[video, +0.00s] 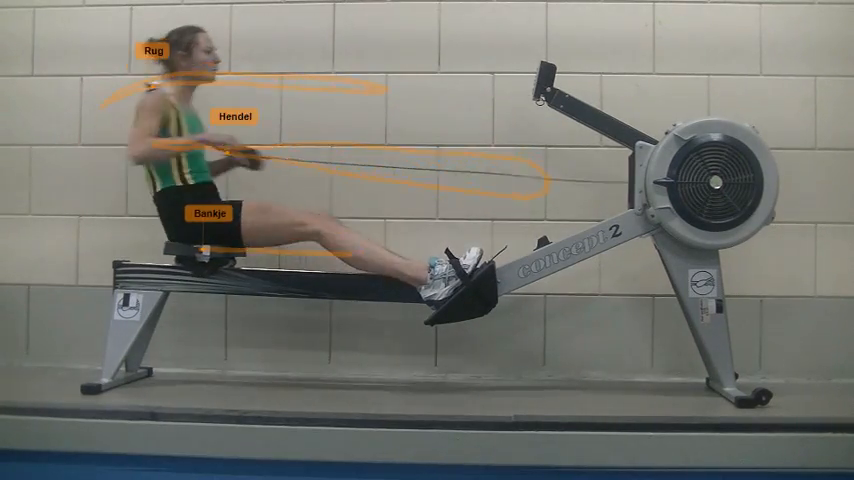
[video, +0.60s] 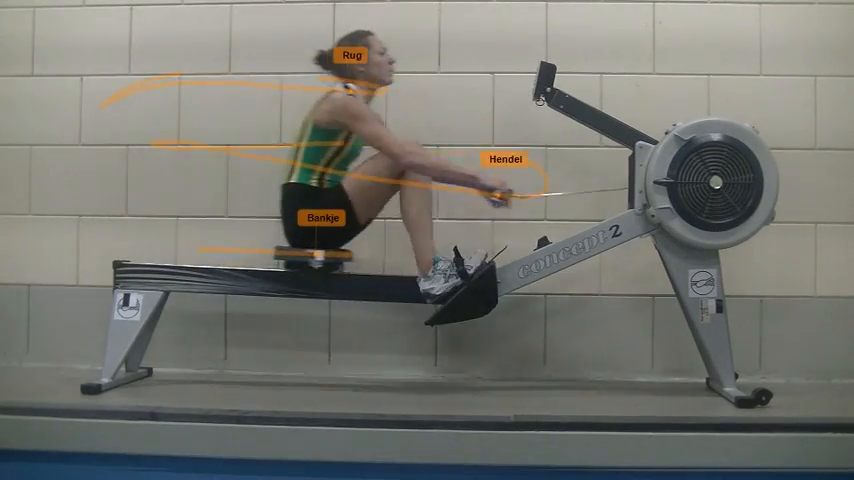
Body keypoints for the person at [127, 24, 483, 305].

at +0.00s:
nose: (217, 60)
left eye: (214, 52)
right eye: (208, 53)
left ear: (189, 60)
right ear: (183, 58)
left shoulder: (186, 111)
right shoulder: (156, 101)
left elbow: (194, 172)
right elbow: (136, 150)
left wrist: (232, 160)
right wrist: (203, 141)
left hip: (201, 210)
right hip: (188, 213)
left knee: (322, 223)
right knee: (316, 224)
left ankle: (431, 273)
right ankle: (426, 282)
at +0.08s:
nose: (240, 56)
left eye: (237, 49)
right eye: (231, 49)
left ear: (212, 57)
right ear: (206, 56)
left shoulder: (205, 106)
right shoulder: (182, 98)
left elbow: (227, 170)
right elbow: (177, 148)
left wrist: (270, 164)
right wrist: (247, 148)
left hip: (211, 214)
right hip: (199, 219)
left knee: (330, 211)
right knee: (325, 213)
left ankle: (429, 276)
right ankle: (426, 280)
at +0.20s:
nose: (277, 55)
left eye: (274, 48)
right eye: (268, 49)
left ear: (249, 58)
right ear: (242, 56)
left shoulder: (244, 104)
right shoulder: (220, 96)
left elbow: (278, 167)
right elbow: (238, 150)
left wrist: (328, 172)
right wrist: (308, 156)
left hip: (229, 216)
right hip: (214, 218)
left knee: (343, 194)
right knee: (337, 195)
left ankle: (428, 275)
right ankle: (426, 281)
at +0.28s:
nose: (302, 57)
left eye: (298, 49)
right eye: (292, 49)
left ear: (273, 59)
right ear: (265, 58)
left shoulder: (271, 105)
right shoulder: (247, 99)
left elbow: (302, 160)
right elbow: (279, 153)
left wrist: (362, 174)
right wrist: (354, 164)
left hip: (246, 215)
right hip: (230, 218)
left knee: (359, 187)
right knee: (351, 189)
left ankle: (430, 274)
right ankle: (427, 280)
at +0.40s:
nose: (336, 58)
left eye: (333, 51)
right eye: (328, 52)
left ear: (306, 65)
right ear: (303, 62)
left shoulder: (303, 106)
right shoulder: (284, 101)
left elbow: (346, 156)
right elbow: (334, 158)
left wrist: (408, 177)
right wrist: (404, 170)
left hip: (270, 214)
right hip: (258, 217)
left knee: (378, 179)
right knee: (374, 181)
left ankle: (432, 274)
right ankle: (430, 281)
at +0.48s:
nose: (359, 58)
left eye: (355, 51)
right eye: (349, 52)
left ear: (329, 64)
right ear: (324, 63)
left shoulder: (328, 107)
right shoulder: (309, 102)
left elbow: (372, 160)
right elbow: (367, 160)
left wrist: (437, 180)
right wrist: (436, 175)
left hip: (290, 213)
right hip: (278, 216)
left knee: (391, 175)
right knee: (388, 177)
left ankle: (432, 275)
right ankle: (431, 280)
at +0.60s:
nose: (391, 59)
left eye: (386, 52)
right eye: (381, 54)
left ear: (361, 66)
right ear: (358, 64)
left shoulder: (353, 105)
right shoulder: (345, 104)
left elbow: (411, 157)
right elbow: (408, 156)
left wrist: (477, 183)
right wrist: (478, 180)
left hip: (315, 215)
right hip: (308, 217)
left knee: (407, 159)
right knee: (406, 163)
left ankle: (432, 268)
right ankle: (430, 275)